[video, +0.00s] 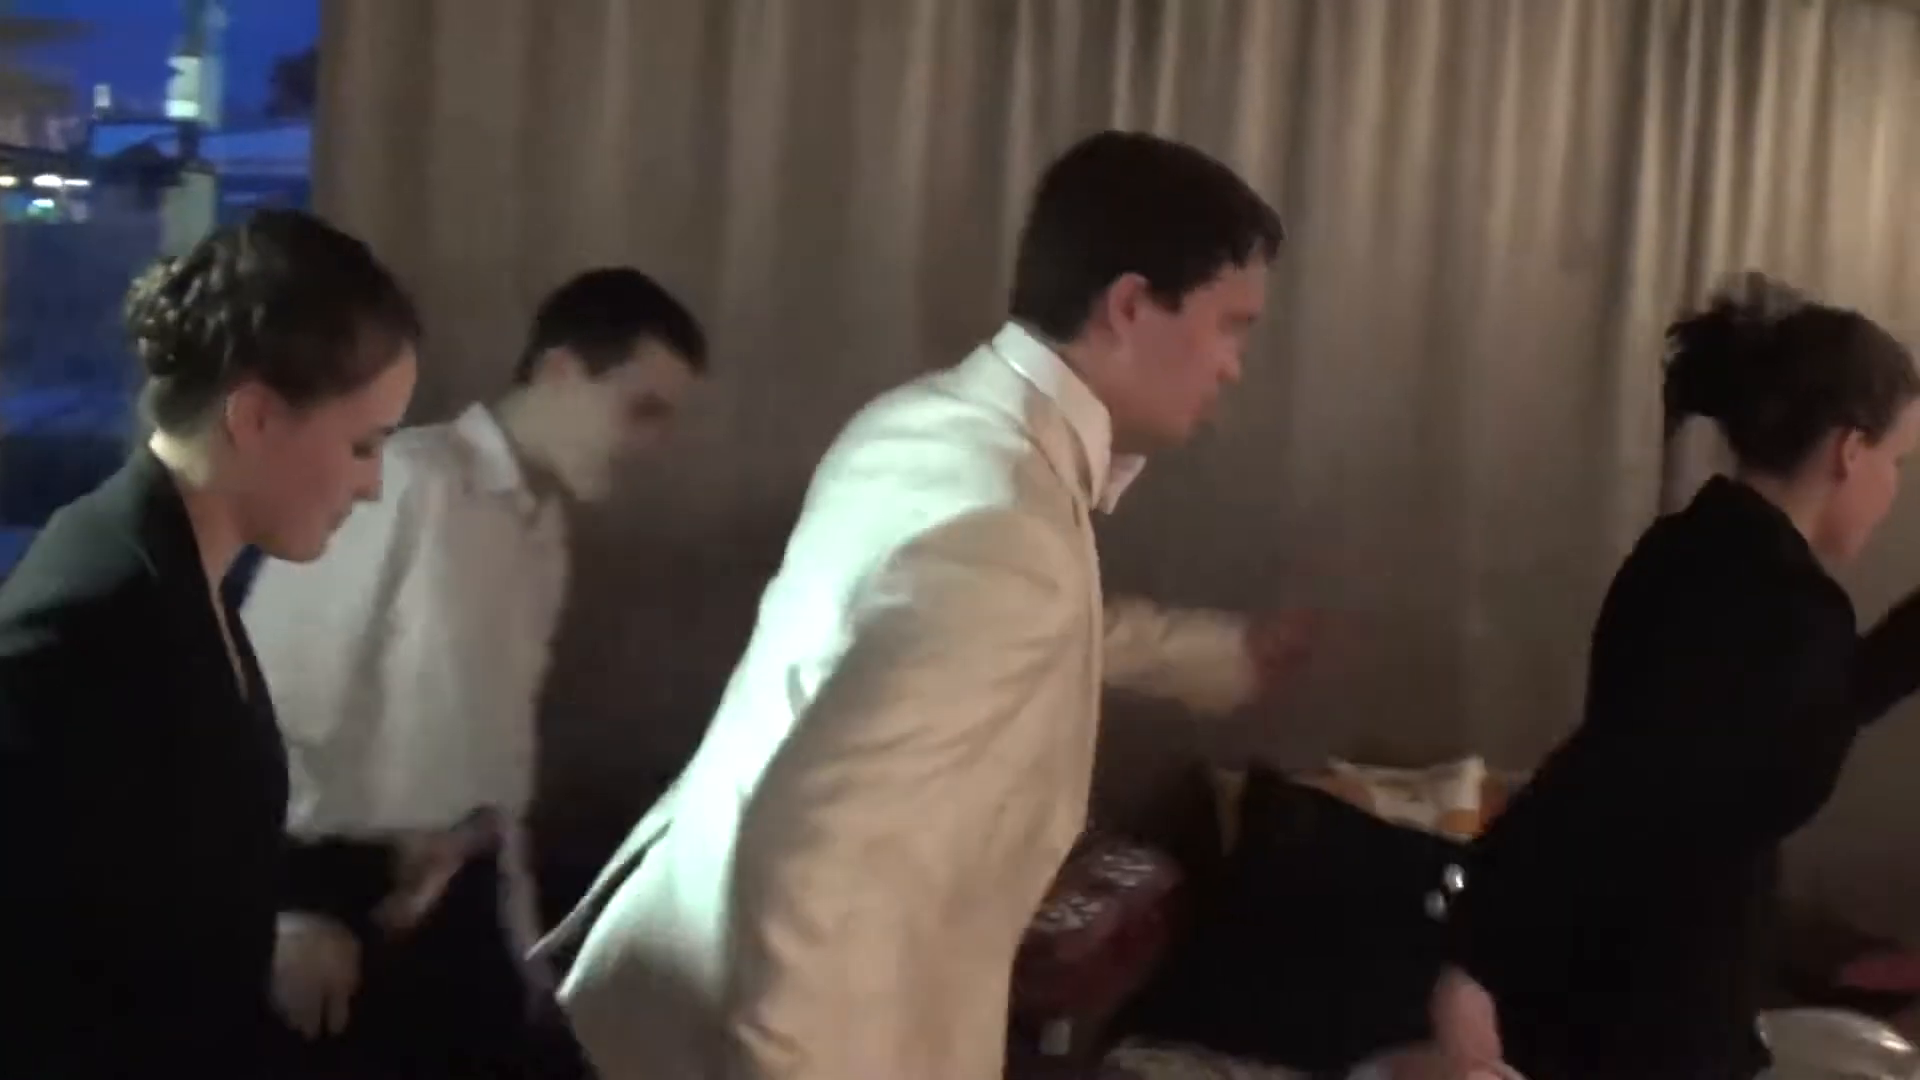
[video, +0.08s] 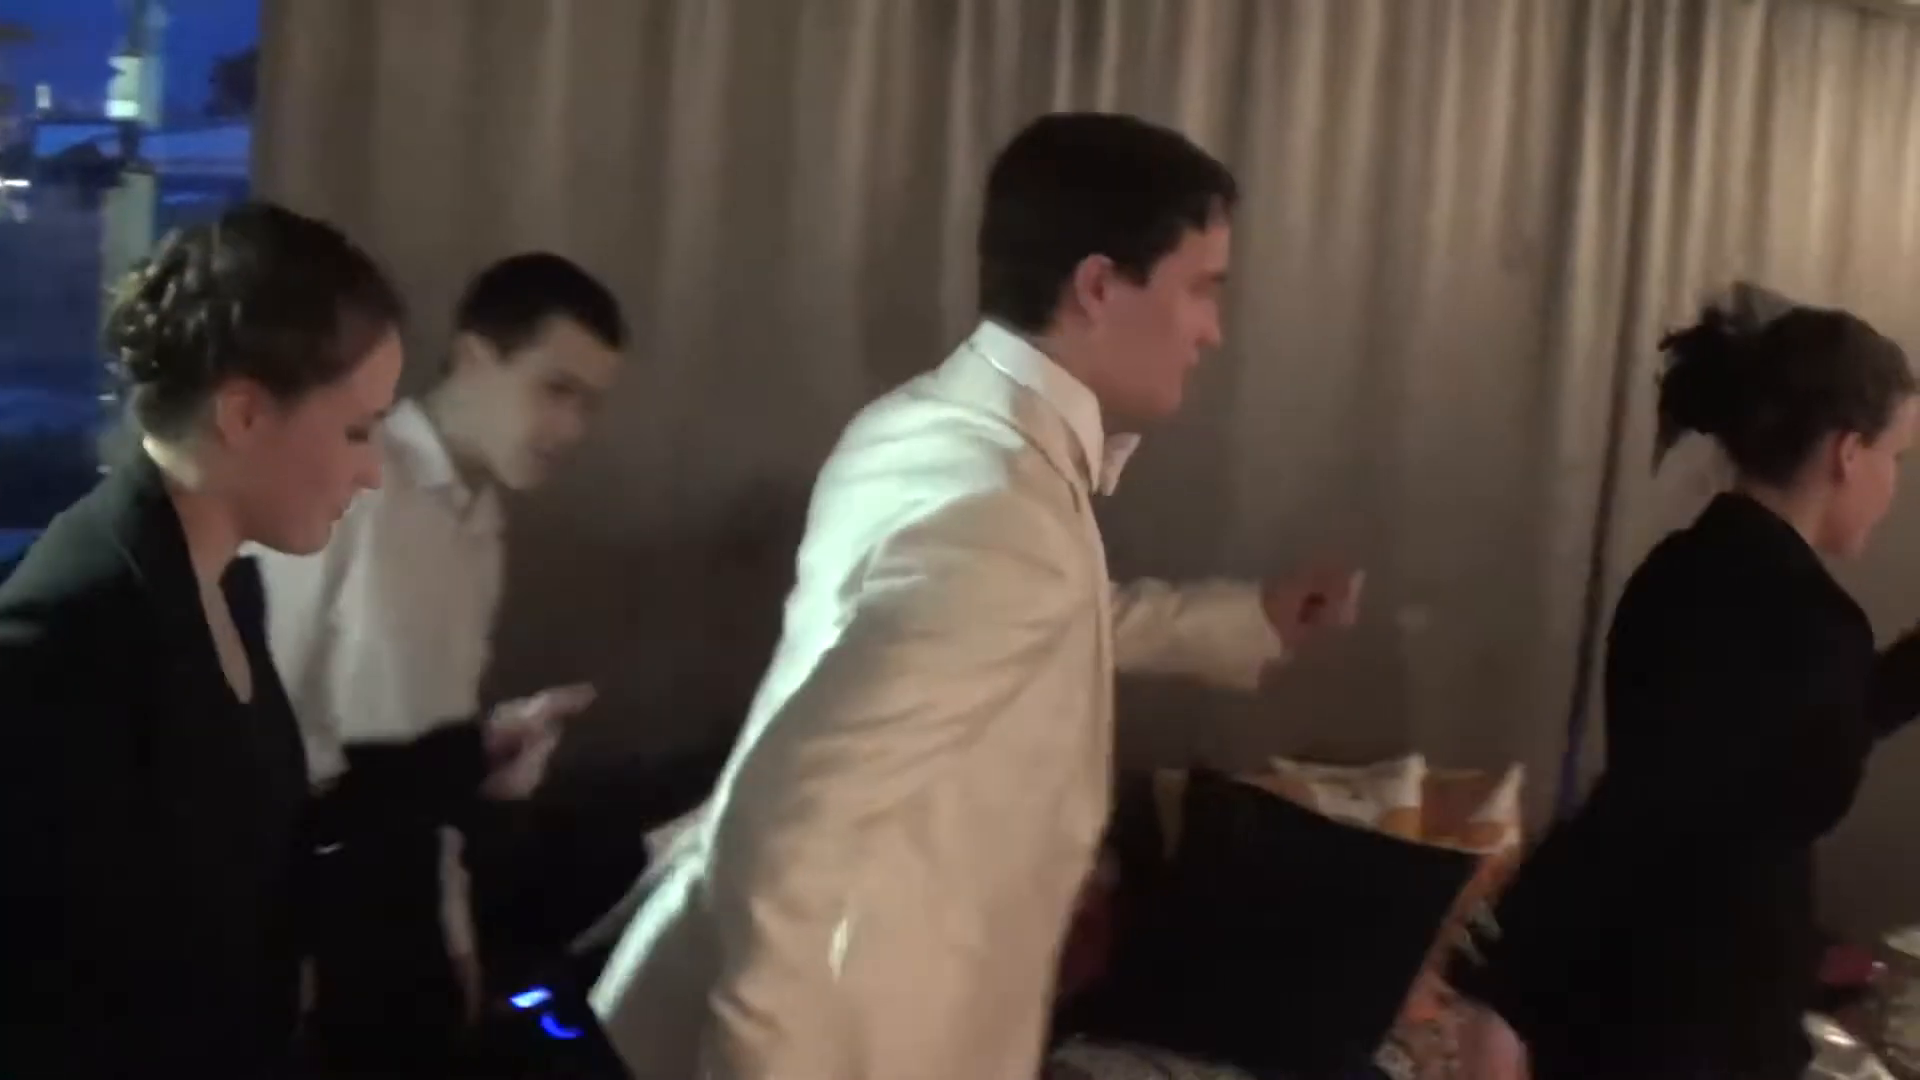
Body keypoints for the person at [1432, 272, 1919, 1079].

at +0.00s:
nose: (1895, 490)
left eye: (1901, 464)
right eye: (1896, 462)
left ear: (1757, 432)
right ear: (1849, 454)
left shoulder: (1669, 552)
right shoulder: (1802, 610)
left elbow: (1783, 744)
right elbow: (1607, 782)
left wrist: (1910, 628)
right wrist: (1472, 962)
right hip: (1676, 1023)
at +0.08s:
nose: (1894, 488)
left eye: (1898, 459)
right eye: (1894, 457)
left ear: (1754, 440)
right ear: (1846, 455)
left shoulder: (1664, 575)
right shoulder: (1818, 621)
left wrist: (1908, 669)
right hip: (1730, 1009)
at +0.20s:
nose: (1907, 486)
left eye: (1909, 458)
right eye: (1906, 456)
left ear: (1766, 446)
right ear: (1861, 460)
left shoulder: (1675, 587)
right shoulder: (1840, 643)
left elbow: (1663, 822)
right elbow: (1804, 882)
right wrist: (1816, 1043)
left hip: (1640, 982)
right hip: (1765, 1016)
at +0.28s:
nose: (1916, 489)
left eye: (1915, 460)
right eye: (1914, 459)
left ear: (1782, 457)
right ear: (1878, 467)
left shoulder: (1686, 606)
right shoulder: (1864, 660)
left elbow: (1657, 828)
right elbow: (1887, 880)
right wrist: (1906, 1005)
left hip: (1676, 976)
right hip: (1797, 1006)